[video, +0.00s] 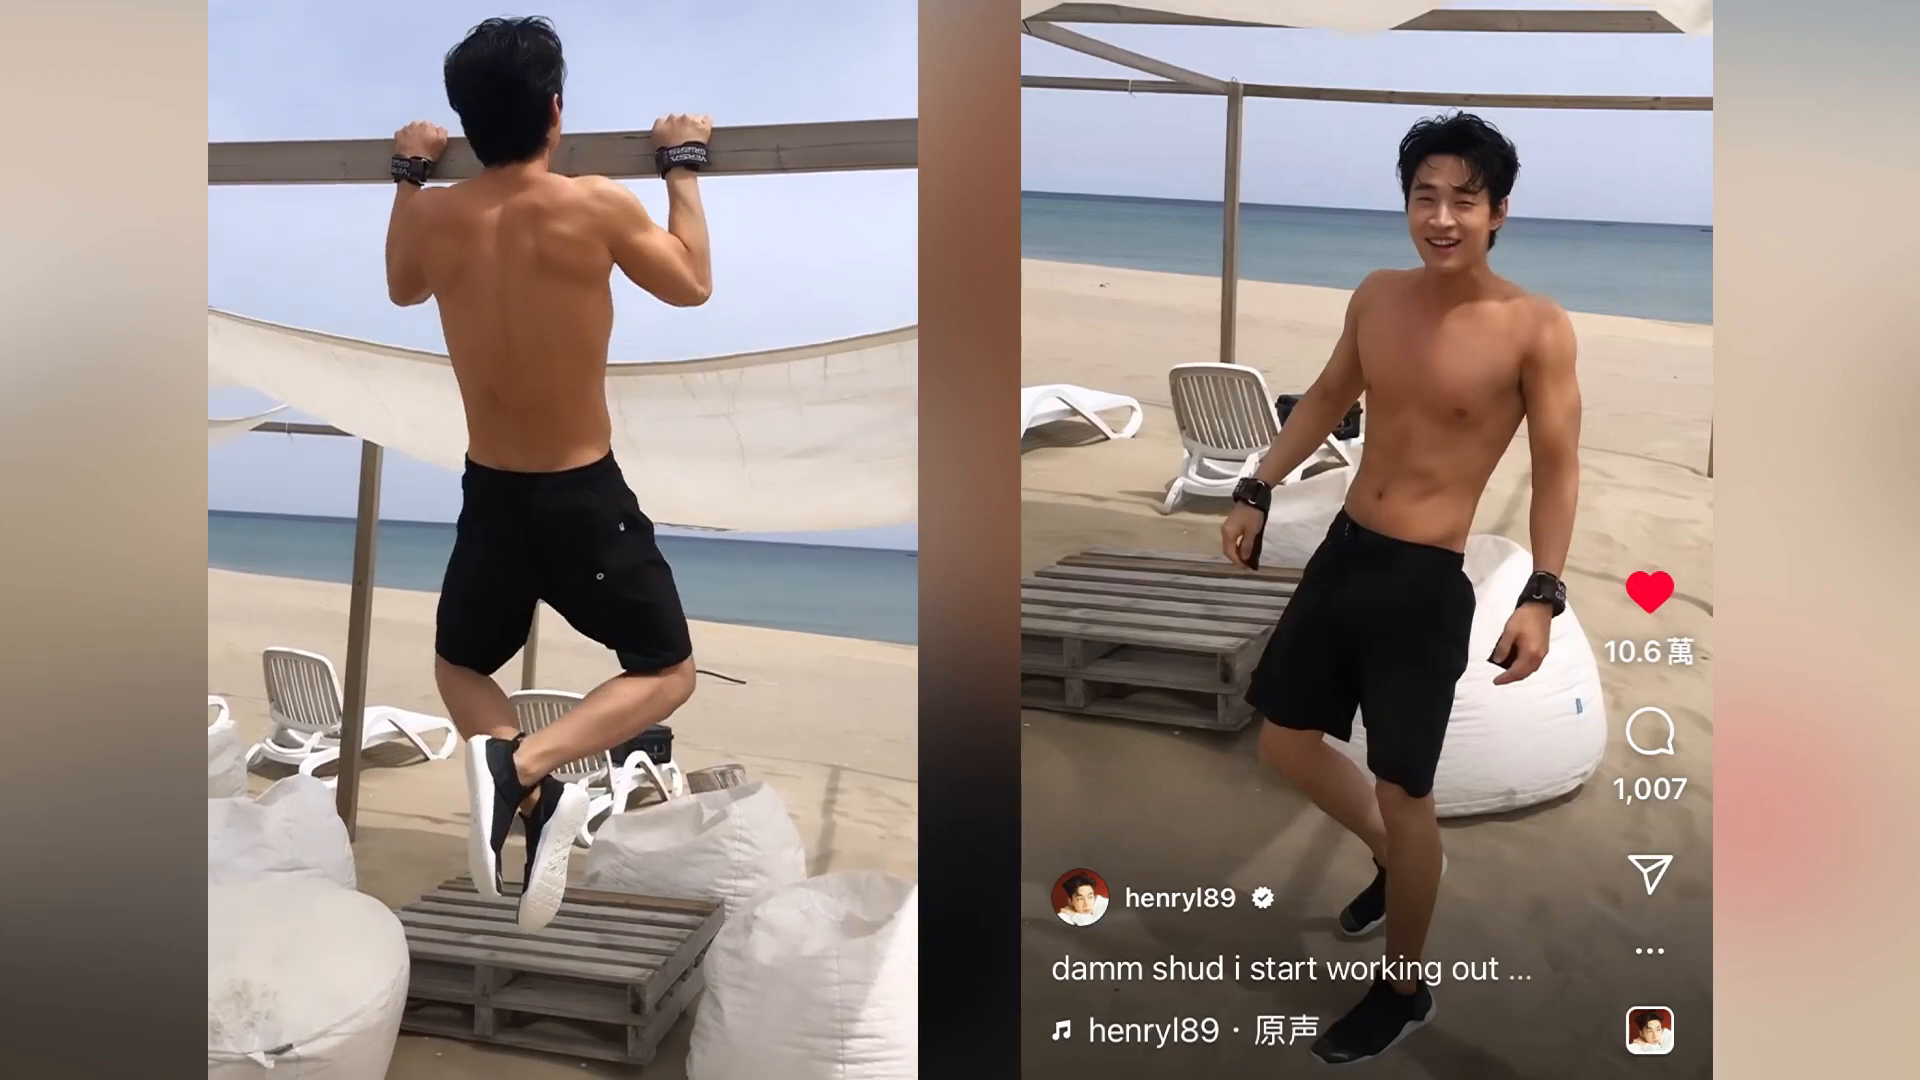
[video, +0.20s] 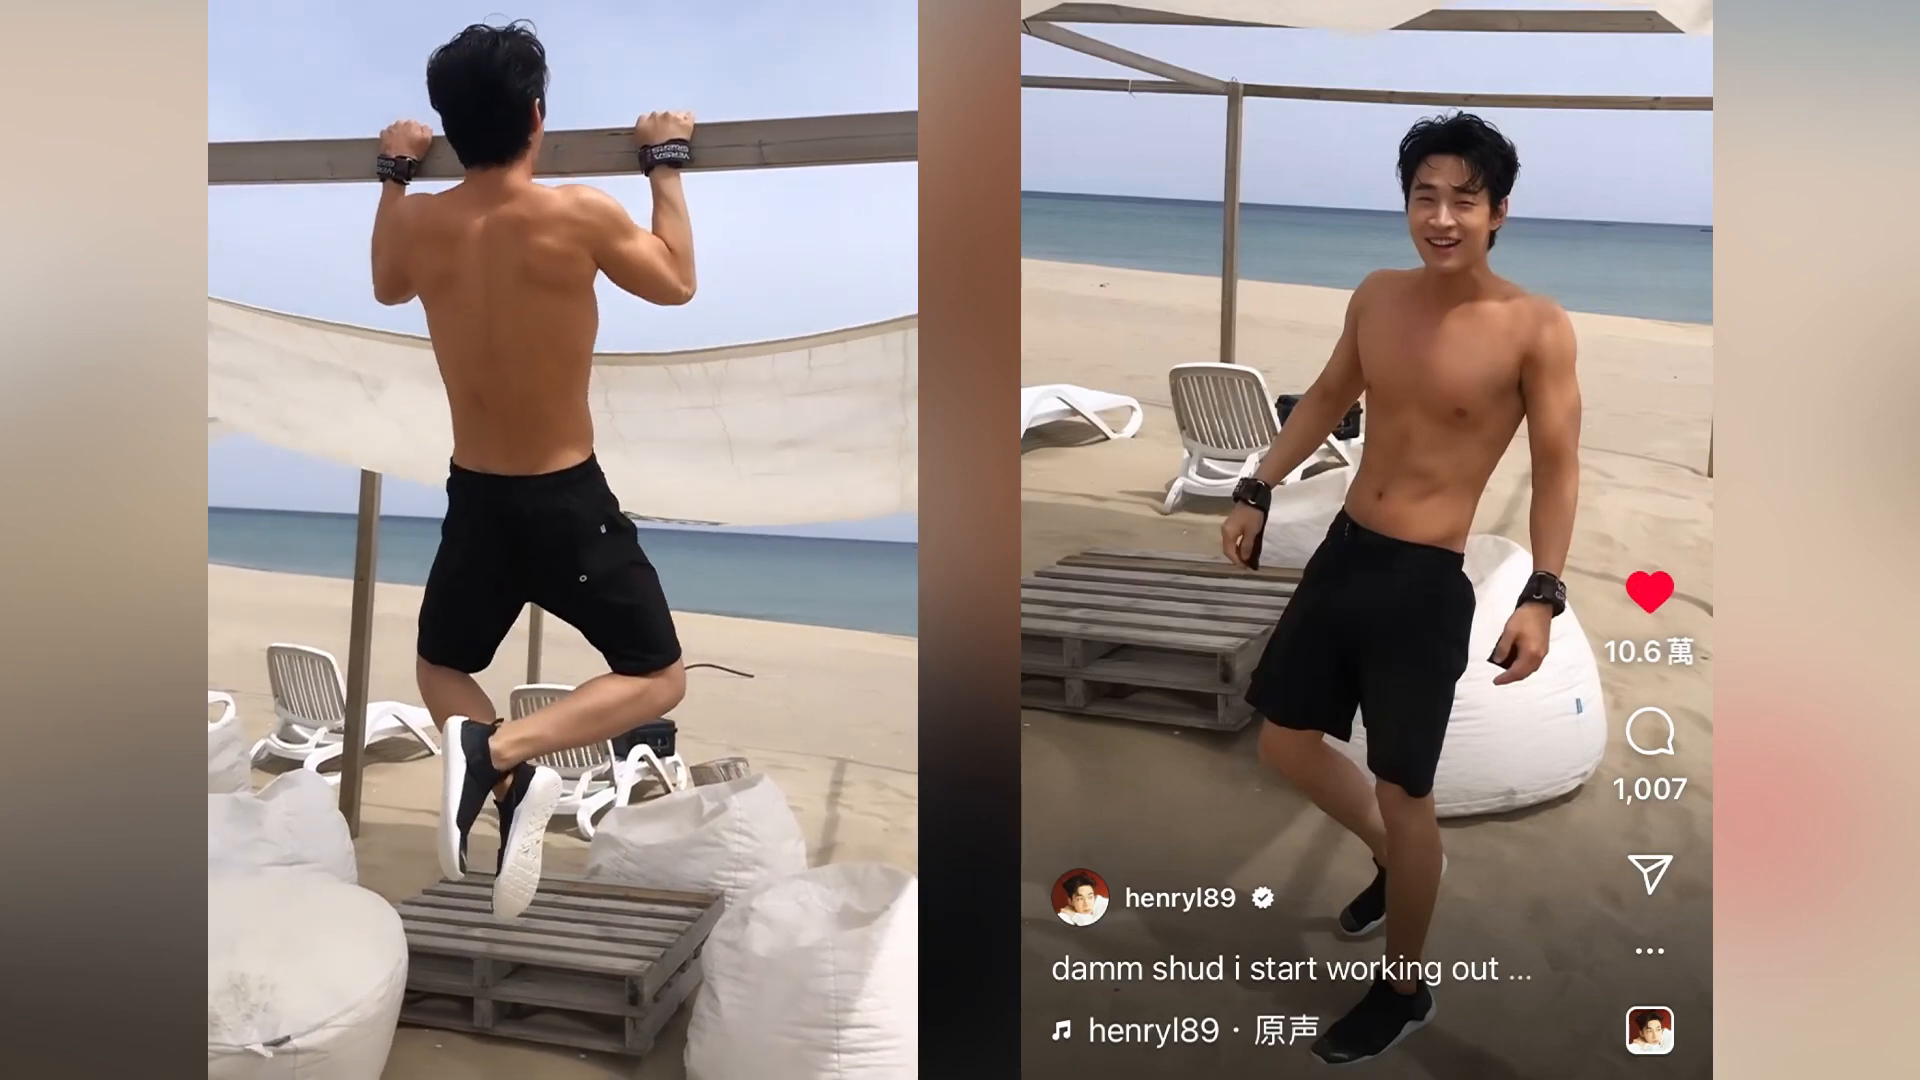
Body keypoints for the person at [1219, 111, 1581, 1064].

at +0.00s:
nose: (1440, 216)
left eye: (1462, 198)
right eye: (1424, 197)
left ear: (1498, 210)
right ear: (1406, 208)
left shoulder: (1535, 328)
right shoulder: (1378, 297)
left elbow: (1556, 468)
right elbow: (1330, 398)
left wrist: (1540, 595)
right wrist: (1256, 484)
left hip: (1426, 579)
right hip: (1345, 553)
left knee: (1402, 800)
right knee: (1284, 742)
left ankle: (1402, 981)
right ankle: (1398, 848)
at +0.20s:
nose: (1440, 216)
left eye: (1462, 198)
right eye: (1424, 197)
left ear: (1498, 210)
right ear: (1406, 208)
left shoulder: (1535, 328)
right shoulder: (1378, 297)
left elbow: (1556, 468)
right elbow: (1330, 398)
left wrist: (1540, 595)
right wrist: (1256, 484)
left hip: (1426, 579)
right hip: (1345, 553)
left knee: (1402, 800)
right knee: (1284, 742)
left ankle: (1402, 981)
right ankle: (1398, 848)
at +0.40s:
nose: (1440, 216)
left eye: (1462, 198)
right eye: (1424, 197)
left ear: (1498, 210)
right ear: (1406, 208)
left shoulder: (1535, 328)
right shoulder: (1378, 296)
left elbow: (1556, 468)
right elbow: (1330, 398)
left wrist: (1540, 595)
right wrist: (1255, 484)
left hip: (1426, 579)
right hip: (1345, 553)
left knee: (1402, 799)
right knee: (1284, 742)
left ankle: (1403, 981)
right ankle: (1398, 847)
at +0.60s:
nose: (1440, 216)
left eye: (1461, 198)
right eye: (1424, 197)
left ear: (1498, 210)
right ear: (1406, 208)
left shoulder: (1535, 328)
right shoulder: (1379, 297)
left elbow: (1556, 469)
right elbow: (1330, 398)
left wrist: (1540, 595)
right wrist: (1256, 484)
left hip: (1427, 579)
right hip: (1345, 553)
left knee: (1402, 799)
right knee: (1284, 742)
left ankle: (1403, 981)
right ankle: (1398, 846)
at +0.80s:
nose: (1440, 216)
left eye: (1462, 198)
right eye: (1424, 197)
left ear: (1498, 210)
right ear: (1406, 208)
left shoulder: (1535, 328)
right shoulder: (1378, 296)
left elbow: (1556, 468)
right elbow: (1330, 398)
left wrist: (1540, 595)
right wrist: (1255, 484)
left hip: (1426, 579)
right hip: (1345, 553)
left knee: (1402, 799)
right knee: (1284, 742)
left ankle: (1403, 981)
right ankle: (1398, 847)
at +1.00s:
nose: (1440, 216)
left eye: (1461, 198)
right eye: (1424, 197)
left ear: (1498, 210)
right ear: (1406, 208)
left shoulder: (1535, 328)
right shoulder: (1379, 296)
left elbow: (1556, 468)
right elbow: (1330, 398)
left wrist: (1541, 595)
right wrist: (1255, 484)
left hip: (1426, 579)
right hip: (1345, 553)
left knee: (1402, 800)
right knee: (1285, 742)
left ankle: (1403, 980)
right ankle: (1399, 848)